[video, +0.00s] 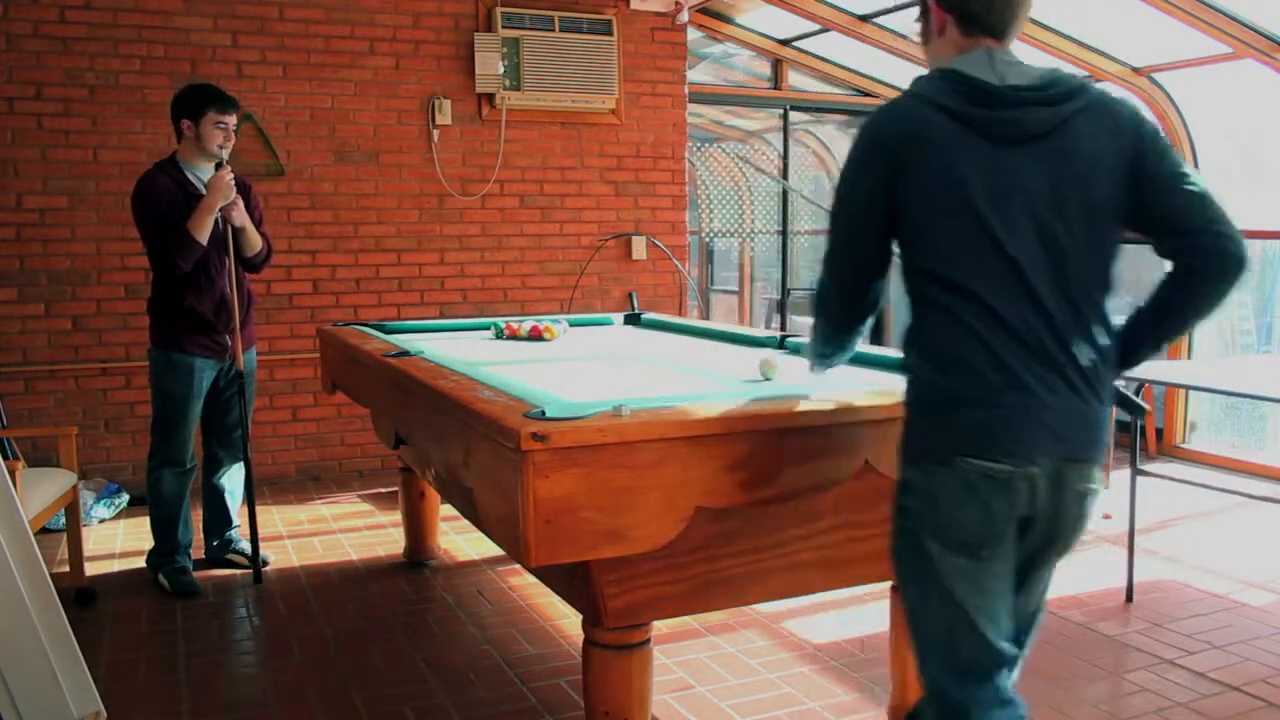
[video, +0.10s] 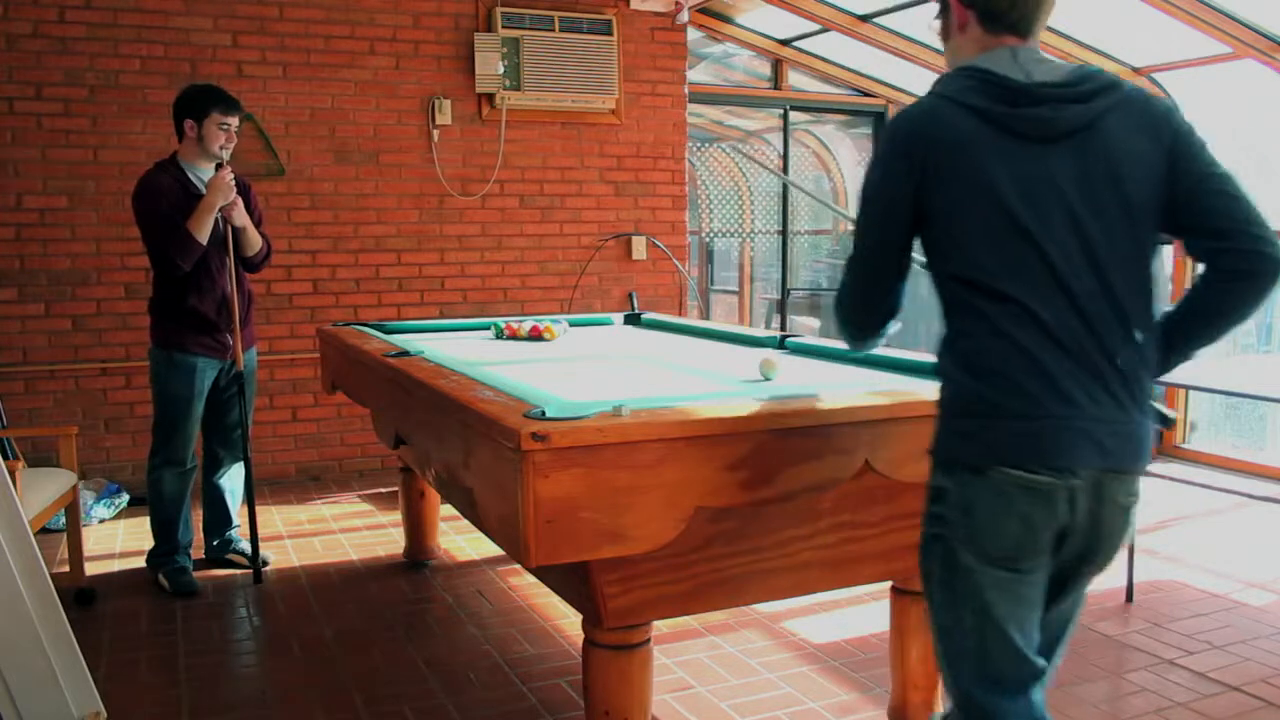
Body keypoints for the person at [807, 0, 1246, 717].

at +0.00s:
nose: (920, 41)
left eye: (919, 24)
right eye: (919, 26)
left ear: (936, 19)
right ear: (1013, 25)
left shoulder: (898, 127)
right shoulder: (1110, 120)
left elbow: (849, 288)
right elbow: (1217, 254)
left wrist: (826, 348)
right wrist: (1115, 354)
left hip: (962, 439)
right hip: (1076, 441)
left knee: (974, 686)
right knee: (981, 673)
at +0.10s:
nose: (940, 35)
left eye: (940, 20)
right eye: (939, 21)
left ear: (957, 16)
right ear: (1038, 25)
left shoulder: (922, 130)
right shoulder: (1144, 117)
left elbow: (862, 316)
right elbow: (1250, 258)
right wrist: (1147, 354)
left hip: (998, 453)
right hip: (1115, 459)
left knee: (999, 698)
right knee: (1009, 689)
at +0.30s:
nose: (988, 26)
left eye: (987, 14)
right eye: (988, 16)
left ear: (1009, 6)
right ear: (1087, 7)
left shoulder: (971, 116)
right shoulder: (1210, 95)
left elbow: (902, 305)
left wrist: (900, 281)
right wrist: (1215, 335)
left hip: (1053, 450)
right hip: (1184, 450)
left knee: (1035, 696)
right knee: (1116, 664)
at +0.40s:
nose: (1012, 16)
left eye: (1013, 5)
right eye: (1011, 7)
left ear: (1039, 3)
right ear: (1113, 4)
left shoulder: (994, 111)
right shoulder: (1243, 87)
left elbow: (914, 305)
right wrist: (1253, 329)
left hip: (1065, 444)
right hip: (1208, 449)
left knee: (1046, 699)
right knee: (1177, 680)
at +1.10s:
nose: (1040, 133)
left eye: (1040, 115)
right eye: (1038, 115)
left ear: (1066, 111)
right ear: (1156, 92)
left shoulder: (1043, 210)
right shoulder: (1260, 120)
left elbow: (934, 305)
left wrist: (859, 366)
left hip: (1167, 478)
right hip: (1272, 470)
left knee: (1109, 706)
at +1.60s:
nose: (1039, 242)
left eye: (1039, 228)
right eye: (1036, 230)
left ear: (1066, 224)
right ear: (1143, 192)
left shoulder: (1050, 305)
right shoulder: (1246, 201)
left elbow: (937, 355)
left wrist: (861, 379)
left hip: (1242, 510)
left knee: (1122, 701)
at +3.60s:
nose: (1049, 268)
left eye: (1050, 252)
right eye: (1046, 254)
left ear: (1077, 247)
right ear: (1151, 216)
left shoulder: (1057, 318)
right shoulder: (1249, 211)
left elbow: (941, 360)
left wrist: (862, 376)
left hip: (1239, 503)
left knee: (1137, 705)